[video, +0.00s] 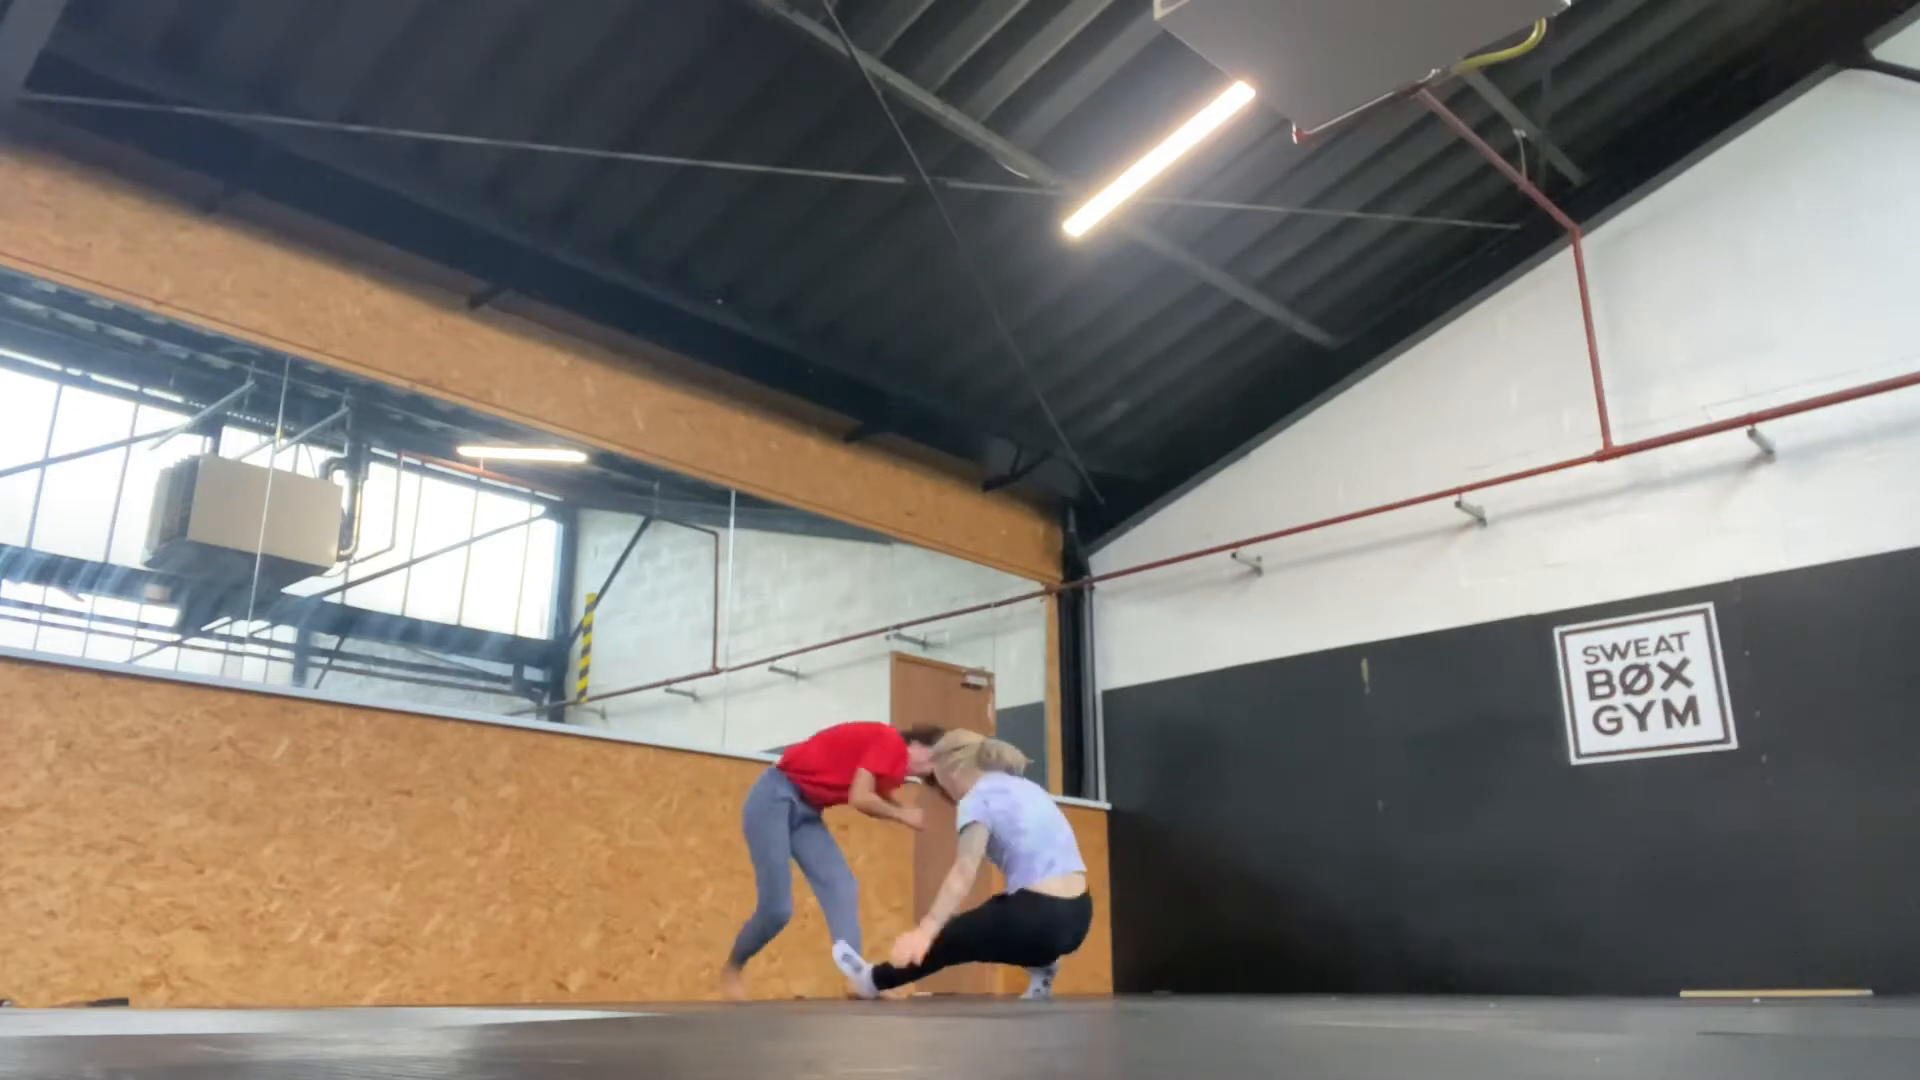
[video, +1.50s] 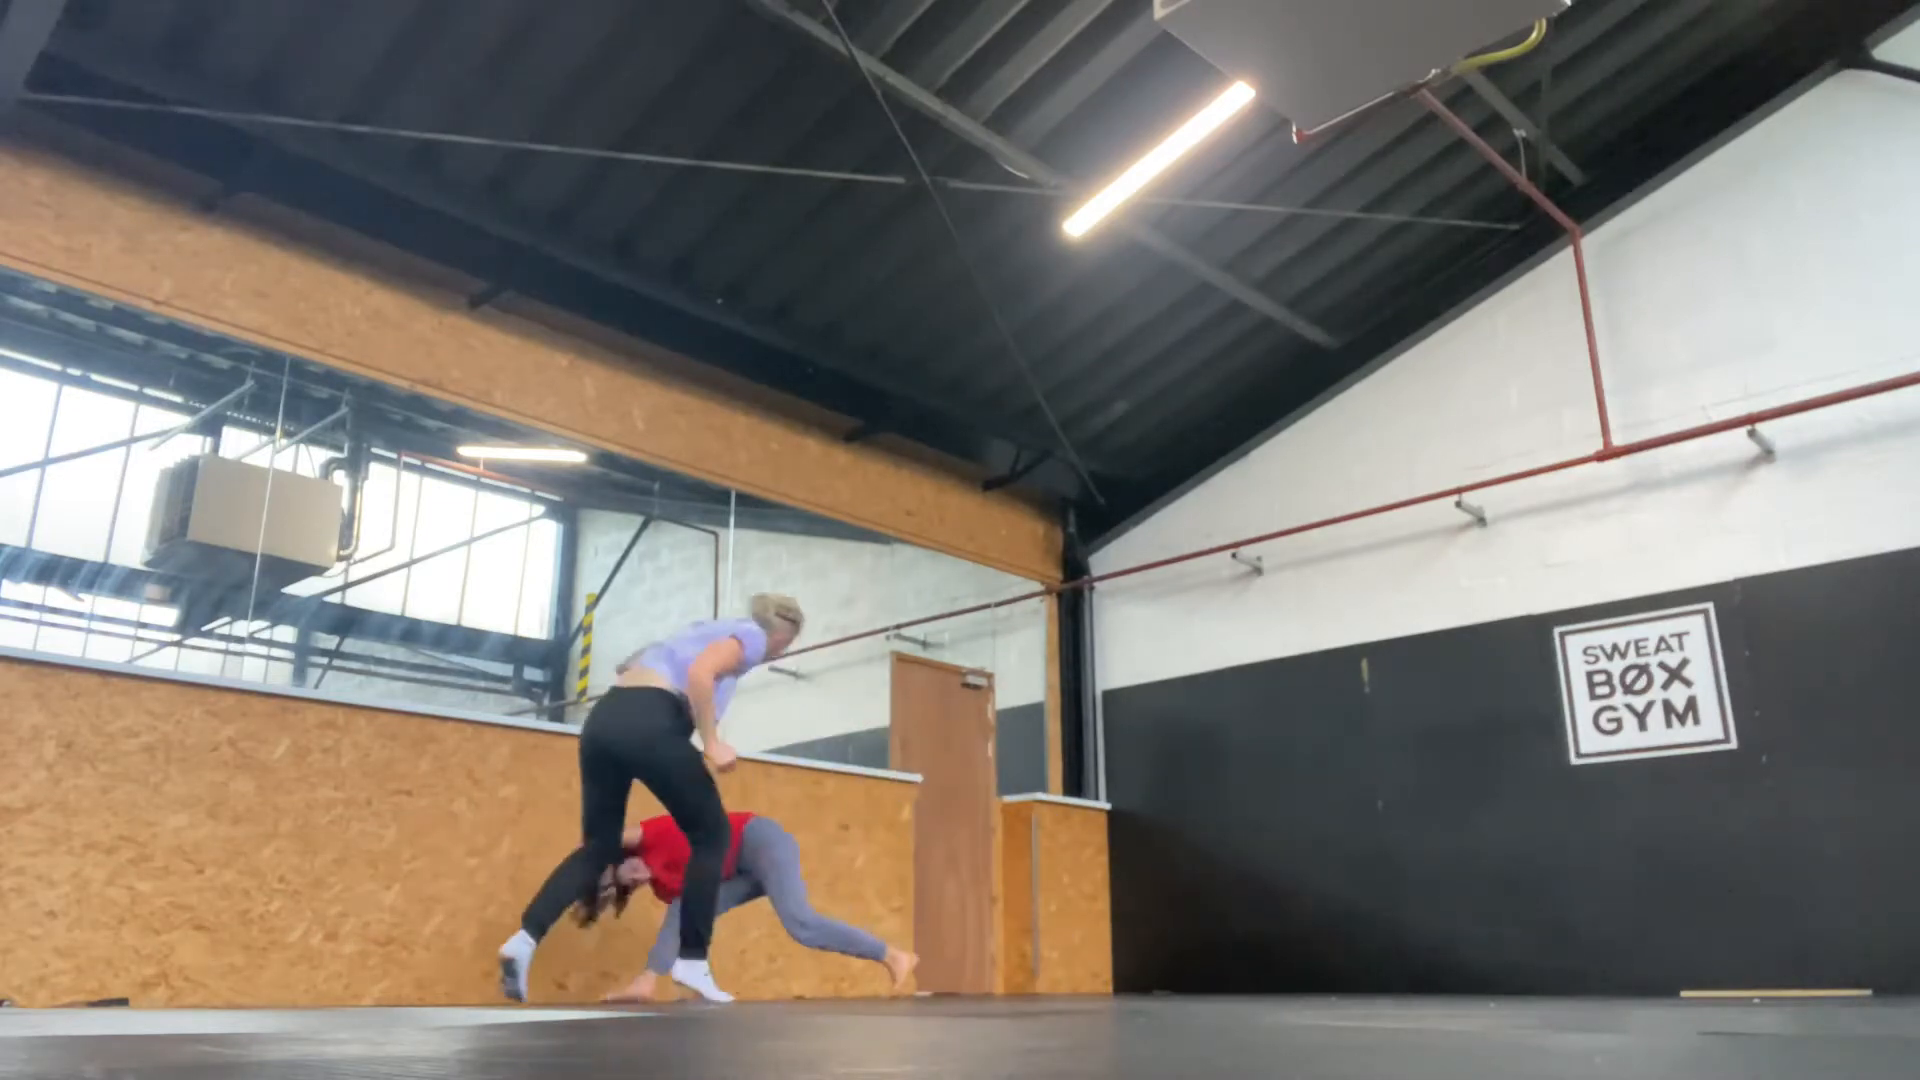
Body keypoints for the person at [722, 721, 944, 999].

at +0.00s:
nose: (928, 774)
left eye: (933, 772)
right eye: (933, 768)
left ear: (926, 749)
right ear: (929, 752)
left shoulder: (895, 767)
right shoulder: (885, 741)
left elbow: (876, 797)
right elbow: (860, 798)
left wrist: (905, 813)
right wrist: (902, 814)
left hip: (805, 812)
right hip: (774, 796)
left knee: (841, 885)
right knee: (776, 910)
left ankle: (854, 977)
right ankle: (734, 965)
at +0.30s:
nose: (805, 707)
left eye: (812, 699)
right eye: (799, 698)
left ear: (816, 698)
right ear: (779, 692)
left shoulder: (811, 721)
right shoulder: (745, 715)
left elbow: (803, 776)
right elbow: (707, 765)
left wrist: (800, 767)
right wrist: (762, 764)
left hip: (768, 812)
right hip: (725, 809)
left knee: (816, 869)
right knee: (752, 896)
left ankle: (774, 947)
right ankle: (732, 980)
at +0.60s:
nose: (692, 707)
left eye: (697, 700)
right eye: (686, 702)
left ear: (710, 692)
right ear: (676, 700)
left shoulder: (738, 712)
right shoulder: (669, 728)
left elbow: (767, 755)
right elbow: (655, 778)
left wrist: (727, 762)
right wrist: (638, 809)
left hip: (737, 808)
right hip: (691, 810)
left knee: (704, 893)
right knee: (708, 889)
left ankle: (667, 969)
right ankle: (721, 974)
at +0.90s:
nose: (616, 759)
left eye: (611, 750)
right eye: (607, 763)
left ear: (615, 737)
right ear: (602, 772)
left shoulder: (648, 737)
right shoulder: (617, 789)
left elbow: (685, 785)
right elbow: (619, 842)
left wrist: (629, 784)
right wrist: (604, 905)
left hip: (727, 802)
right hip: (682, 817)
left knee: (715, 902)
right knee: (655, 877)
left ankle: (707, 979)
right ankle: (659, 973)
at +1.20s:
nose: (576, 900)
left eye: (573, 895)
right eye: (572, 898)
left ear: (573, 877)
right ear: (574, 876)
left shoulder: (599, 854)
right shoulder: (594, 853)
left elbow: (605, 911)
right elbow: (612, 907)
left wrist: (564, 916)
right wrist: (568, 911)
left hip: (720, 843)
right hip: (686, 854)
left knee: (774, 913)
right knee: (631, 898)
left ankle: (866, 932)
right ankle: (643, 983)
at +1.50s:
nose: (784, 650)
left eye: (788, 644)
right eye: (787, 641)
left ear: (759, 617)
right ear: (778, 630)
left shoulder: (706, 631)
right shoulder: (752, 637)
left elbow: (628, 669)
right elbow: (700, 671)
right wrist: (712, 742)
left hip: (604, 719)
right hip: (652, 721)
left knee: (600, 846)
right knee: (711, 835)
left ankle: (524, 940)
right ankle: (692, 961)